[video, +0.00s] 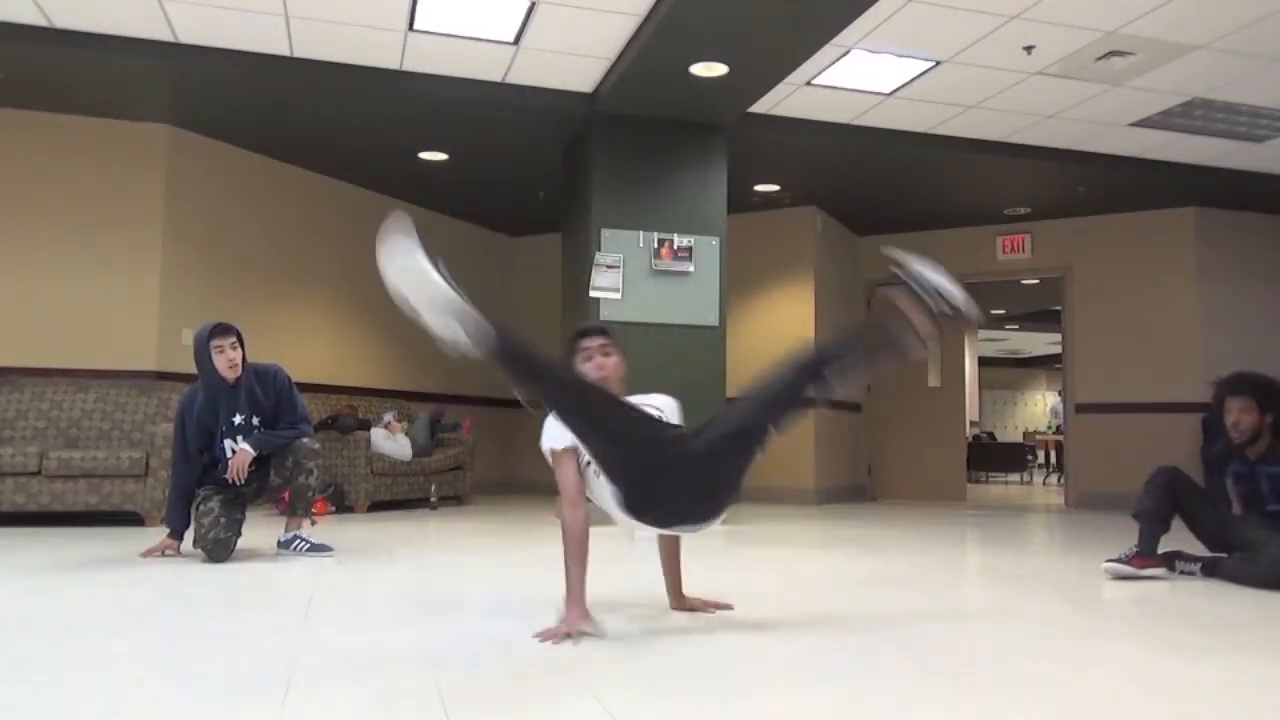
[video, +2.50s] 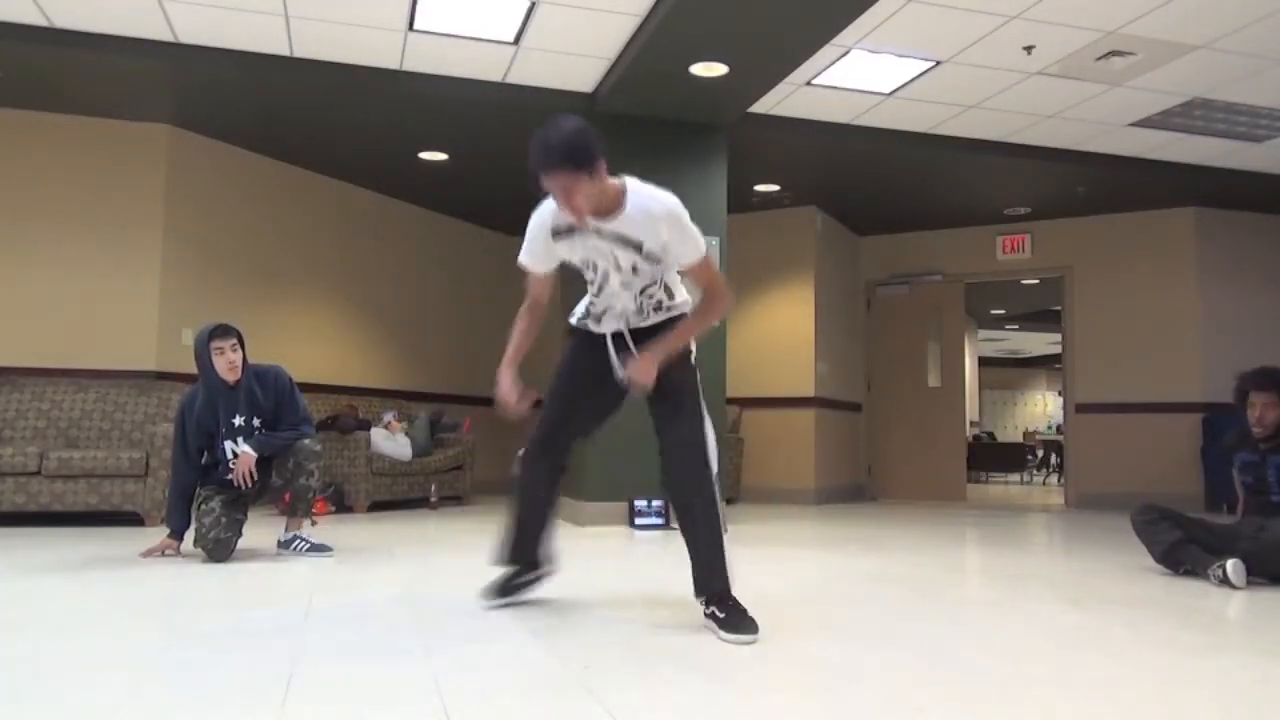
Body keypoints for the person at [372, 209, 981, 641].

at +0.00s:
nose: (594, 361)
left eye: (604, 353)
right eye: (585, 356)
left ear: (624, 366)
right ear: (574, 371)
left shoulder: (657, 407)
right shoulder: (568, 416)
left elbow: (656, 504)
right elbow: (573, 514)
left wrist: (675, 593)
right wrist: (577, 609)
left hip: (705, 486)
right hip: (650, 494)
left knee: (786, 385)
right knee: (552, 381)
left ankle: (900, 330)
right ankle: (473, 327)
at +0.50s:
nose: (673, 374)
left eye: (673, 361)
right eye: (660, 369)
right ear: (625, 368)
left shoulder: (603, 306)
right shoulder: (606, 423)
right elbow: (593, 525)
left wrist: (699, 364)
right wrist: (580, 617)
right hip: (561, 456)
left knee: (692, 388)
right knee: (619, 556)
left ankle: (793, 392)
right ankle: (551, 551)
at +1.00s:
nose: (663, 341)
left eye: (675, 334)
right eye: (655, 329)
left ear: (685, 346)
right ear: (636, 333)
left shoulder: (684, 412)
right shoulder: (605, 354)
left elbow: (664, 511)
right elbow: (552, 390)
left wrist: (654, 608)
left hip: (635, 536)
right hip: (578, 508)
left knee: (757, 542)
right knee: (552, 402)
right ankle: (519, 411)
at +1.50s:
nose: (598, 388)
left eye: (602, 377)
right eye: (587, 381)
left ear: (607, 358)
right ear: (557, 367)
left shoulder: (606, 360)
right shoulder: (516, 401)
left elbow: (658, 411)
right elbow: (530, 523)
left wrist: (721, 450)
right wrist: (539, 631)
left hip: (618, 473)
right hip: (584, 529)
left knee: (701, 458)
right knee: (711, 606)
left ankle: (802, 566)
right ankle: (751, 585)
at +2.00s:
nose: (587, 443)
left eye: (606, 431)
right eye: (576, 433)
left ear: (627, 382)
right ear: (561, 394)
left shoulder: (654, 351)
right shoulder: (543, 383)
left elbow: (706, 459)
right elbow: (545, 517)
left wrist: (613, 515)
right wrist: (539, 626)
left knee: (695, 481)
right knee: (478, 479)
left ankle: (718, 595)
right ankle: (426, 580)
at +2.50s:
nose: (563, 203)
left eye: (570, 189)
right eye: (554, 192)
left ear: (598, 173)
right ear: (545, 184)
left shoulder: (659, 213)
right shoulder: (548, 221)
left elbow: (718, 295)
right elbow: (536, 302)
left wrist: (658, 353)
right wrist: (508, 368)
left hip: (666, 331)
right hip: (599, 335)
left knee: (689, 462)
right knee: (545, 442)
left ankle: (716, 594)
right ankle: (527, 561)